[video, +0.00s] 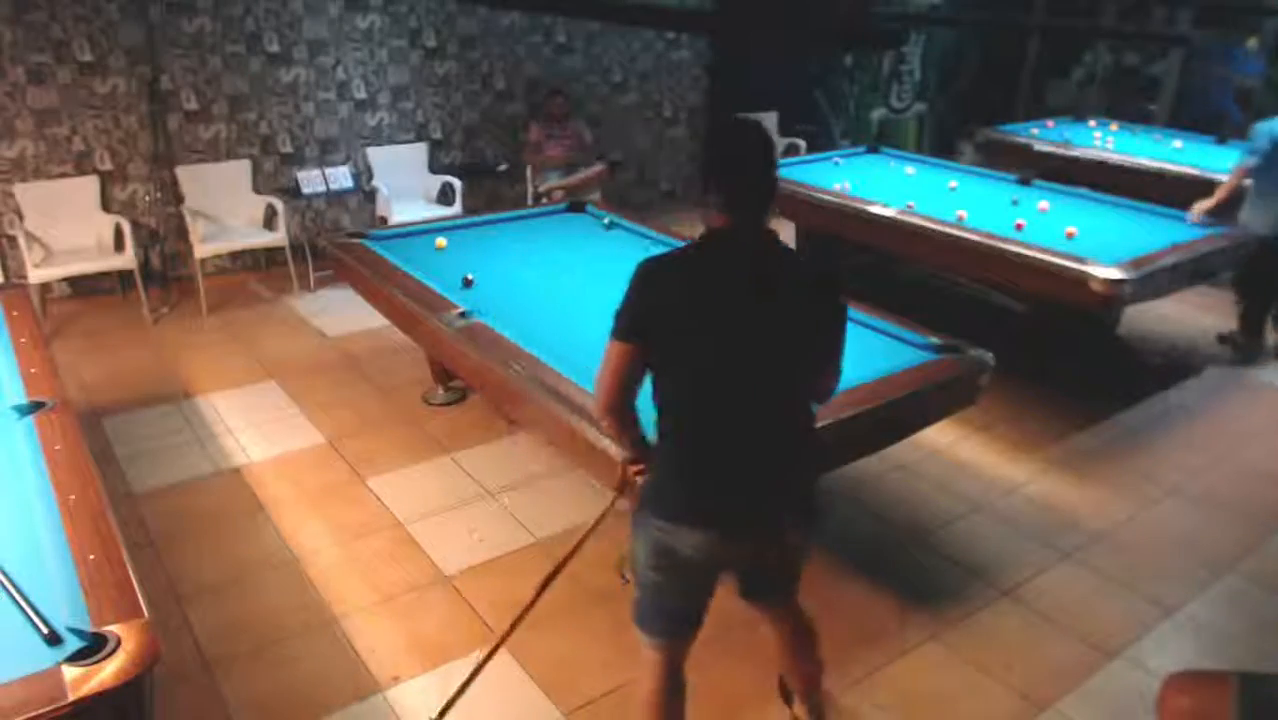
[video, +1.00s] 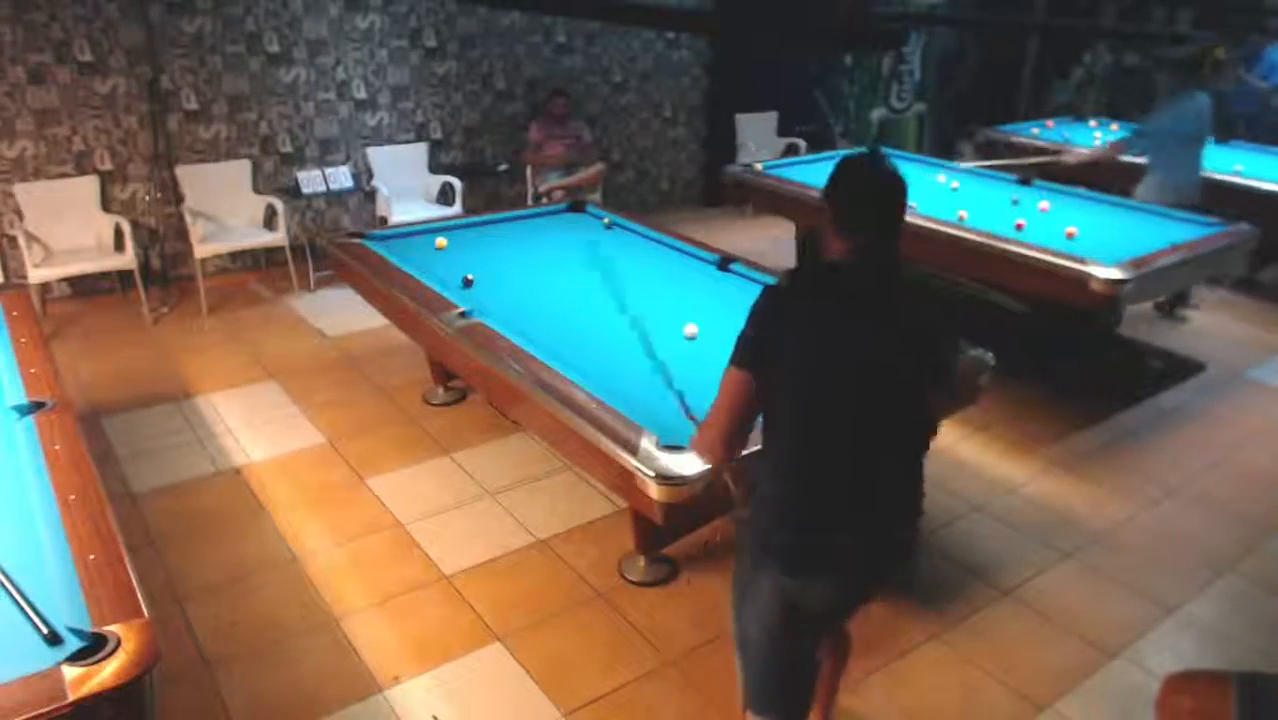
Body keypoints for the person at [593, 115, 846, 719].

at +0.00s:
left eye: (715, 179)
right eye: (755, 179)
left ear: (703, 187)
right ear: (773, 190)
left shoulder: (660, 278)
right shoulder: (812, 281)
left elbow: (612, 401)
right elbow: (822, 386)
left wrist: (641, 454)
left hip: (685, 504)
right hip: (776, 499)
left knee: (665, 660)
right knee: (785, 611)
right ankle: (815, 707)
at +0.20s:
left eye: (762, 185)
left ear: (756, 192)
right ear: (824, 190)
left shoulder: (719, 268)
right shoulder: (863, 273)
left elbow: (671, 387)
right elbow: (866, 385)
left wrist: (688, 449)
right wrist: (827, 430)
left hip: (741, 486)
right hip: (829, 483)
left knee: (710, 656)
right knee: (817, 604)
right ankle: (818, 707)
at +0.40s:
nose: (788, 198)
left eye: (787, 189)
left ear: (787, 197)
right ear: (850, 194)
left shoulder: (751, 263)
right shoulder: (881, 272)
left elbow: (710, 375)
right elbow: (885, 383)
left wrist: (722, 450)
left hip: (773, 476)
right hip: (860, 475)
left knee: (757, 652)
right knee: (824, 596)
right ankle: (818, 707)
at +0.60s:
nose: (796, 203)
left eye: (798, 193)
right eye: (806, 193)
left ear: (804, 199)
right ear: (868, 201)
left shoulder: (772, 263)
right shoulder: (891, 276)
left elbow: (725, 376)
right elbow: (893, 383)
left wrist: (732, 441)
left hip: (792, 484)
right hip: (878, 481)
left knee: (774, 663)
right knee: (832, 599)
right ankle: (821, 710)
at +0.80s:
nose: (809, 207)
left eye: (813, 197)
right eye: (815, 198)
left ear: (823, 205)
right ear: (885, 208)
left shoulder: (785, 272)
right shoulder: (910, 287)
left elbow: (727, 389)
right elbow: (906, 392)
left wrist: (726, 431)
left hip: (796, 494)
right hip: (885, 492)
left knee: (778, 678)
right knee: (834, 606)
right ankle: (823, 710)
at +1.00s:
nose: (819, 217)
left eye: (823, 207)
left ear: (828, 216)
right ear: (899, 224)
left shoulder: (787, 302)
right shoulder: (925, 312)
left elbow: (717, 441)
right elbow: (935, 412)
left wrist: (744, 477)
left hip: (792, 540)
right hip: (883, 535)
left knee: (770, 704)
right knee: (828, 625)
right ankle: (819, 710)